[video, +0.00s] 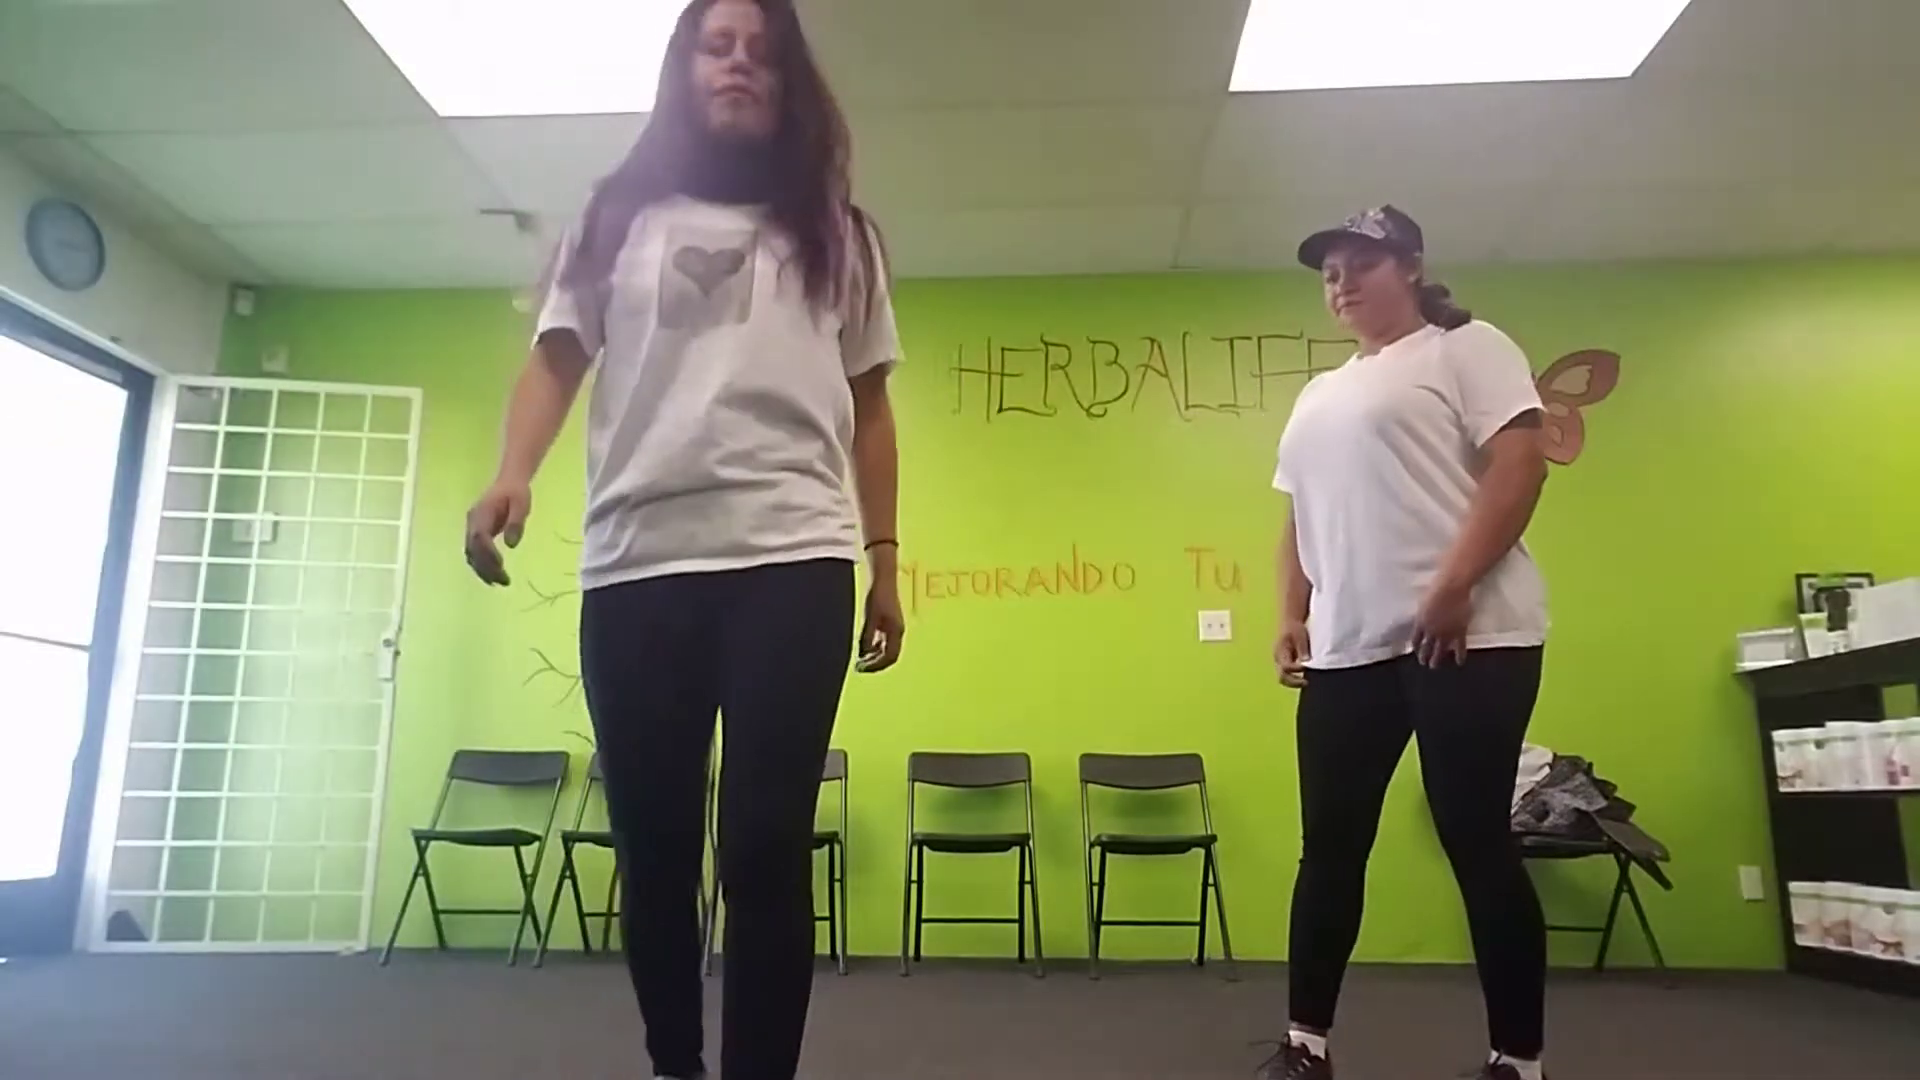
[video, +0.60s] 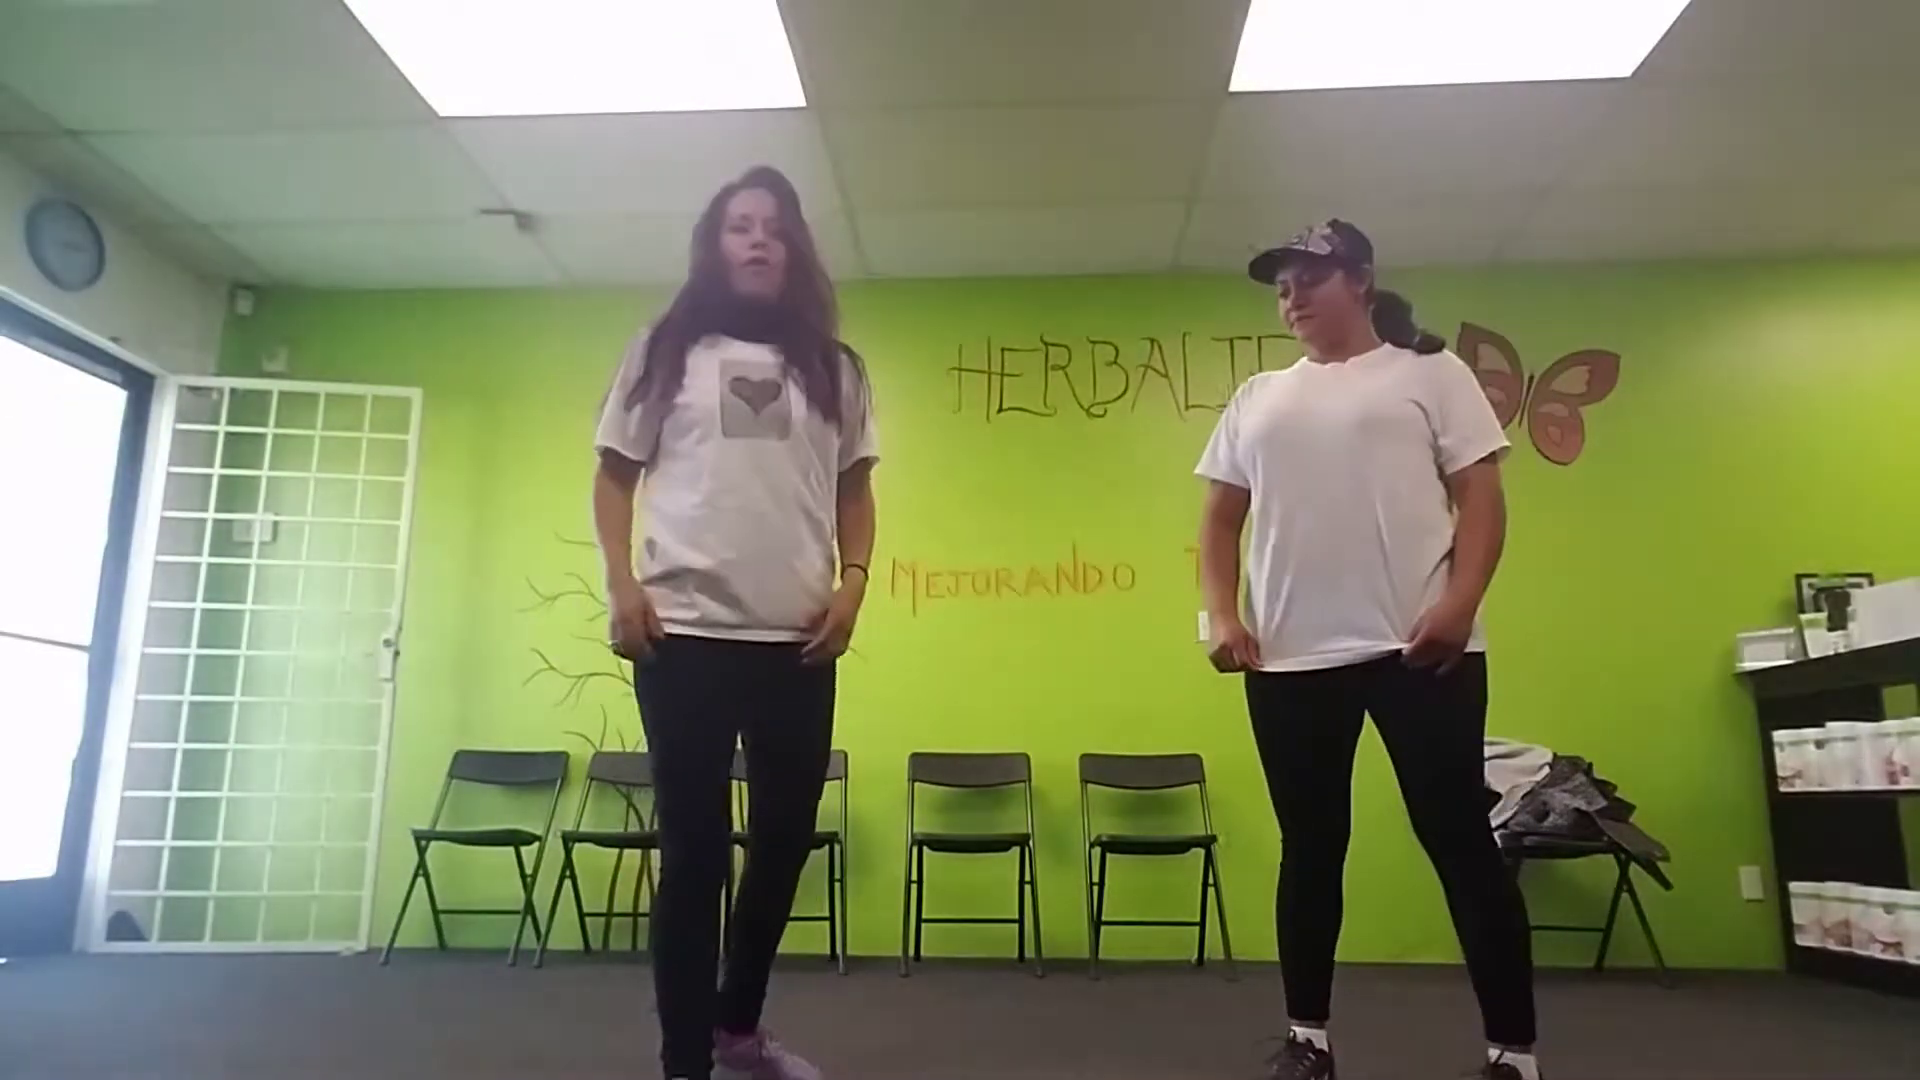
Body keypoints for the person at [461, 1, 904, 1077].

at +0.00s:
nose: (737, 66)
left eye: (761, 52)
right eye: (713, 46)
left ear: (792, 80)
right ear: (674, 70)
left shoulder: (838, 228)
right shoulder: (612, 214)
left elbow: (869, 408)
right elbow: (556, 359)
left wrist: (885, 562)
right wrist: (512, 473)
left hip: (793, 566)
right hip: (638, 572)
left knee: (767, 854)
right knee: (655, 861)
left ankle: (758, 1071)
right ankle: (678, 1068)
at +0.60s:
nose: (760, 241)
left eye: (776, 229)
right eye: (742, 227)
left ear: (799, 249)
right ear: (711, 245)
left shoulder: (837, 368)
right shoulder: (662, 350)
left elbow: (855, 486)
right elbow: (614, 474)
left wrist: (852, 581)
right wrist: (621, 584)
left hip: (798, 645)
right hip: (683, 640)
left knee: (783, 847)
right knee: (695, 853)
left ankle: (736, 1029)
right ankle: (685, 1065)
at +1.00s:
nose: (807, 310)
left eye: (819, 298)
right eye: (790, 297)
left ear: (837, 313)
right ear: (761, 308)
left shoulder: (821, 405)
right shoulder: (744, 377)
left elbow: (808, 526)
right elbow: (725, 493)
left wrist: (831, 597)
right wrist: (803, 593)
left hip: (779, 635)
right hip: (743, 632)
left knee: (745, 835)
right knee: (807, 825)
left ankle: (716, 1045)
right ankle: (760, 1049)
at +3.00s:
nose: (847, 325)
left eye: (855, 312)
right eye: (829, 312)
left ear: (866, 322)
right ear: (796, 320)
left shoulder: (767, 395)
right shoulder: (818, 386)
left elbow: (778, 525)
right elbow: (856, 504)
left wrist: (865, 601)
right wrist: (899, 598)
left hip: (756, 633)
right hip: (821, 631)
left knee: (767, 840)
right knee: (843, 848)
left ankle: (765, 1051)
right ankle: (850, 1056)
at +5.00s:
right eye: (866, 337)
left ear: (786, 340)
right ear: (870, 346)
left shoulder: (748, 423)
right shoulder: (897, 423)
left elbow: (737, 549)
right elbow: (919, 540)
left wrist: (812, 528)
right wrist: (852, 502)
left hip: (766, 648)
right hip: (871, 652)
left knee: (741, 846)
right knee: (893, 854)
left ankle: (706, 1050)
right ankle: (924, 1052)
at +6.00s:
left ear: (810, 440)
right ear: (892, 441)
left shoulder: (774, 503)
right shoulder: (914, 509)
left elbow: (767, 590)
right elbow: (941, 613)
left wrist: (834, 572)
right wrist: (878, 567)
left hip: (771, 689)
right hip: (883, 697)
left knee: (722, 859)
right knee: (932, 861)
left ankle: (697, 1049)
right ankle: (936, 1049)